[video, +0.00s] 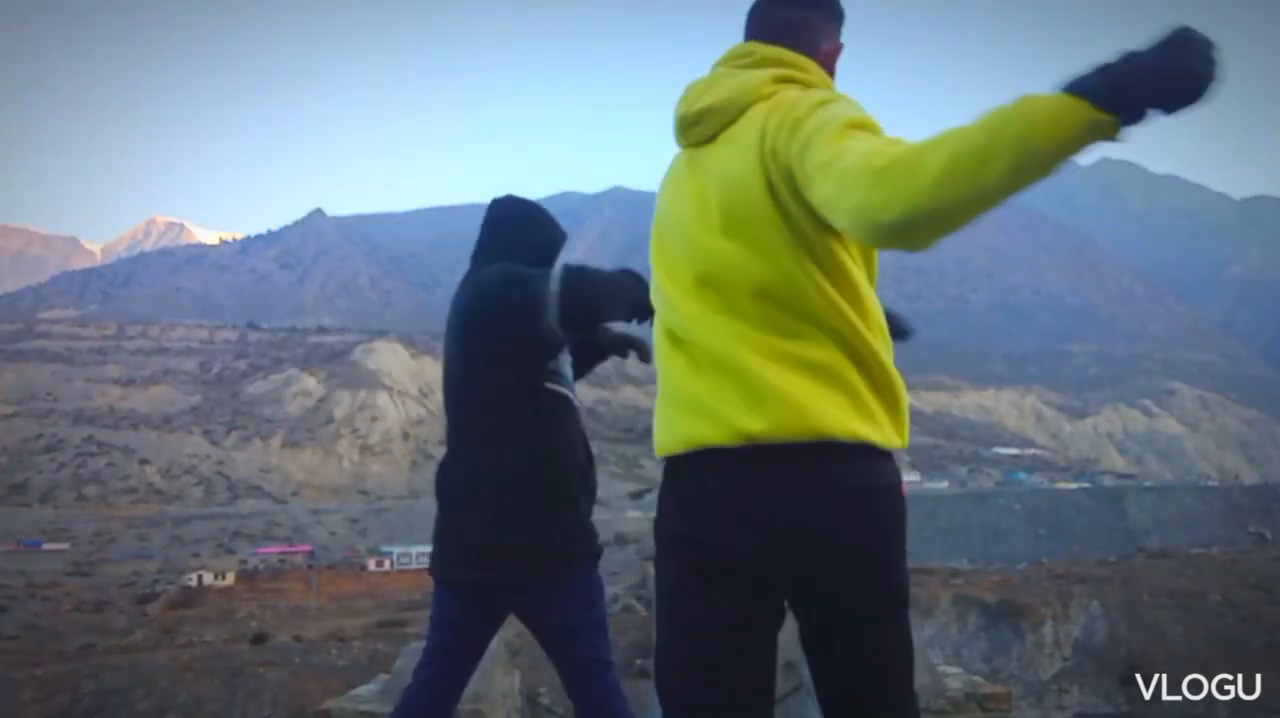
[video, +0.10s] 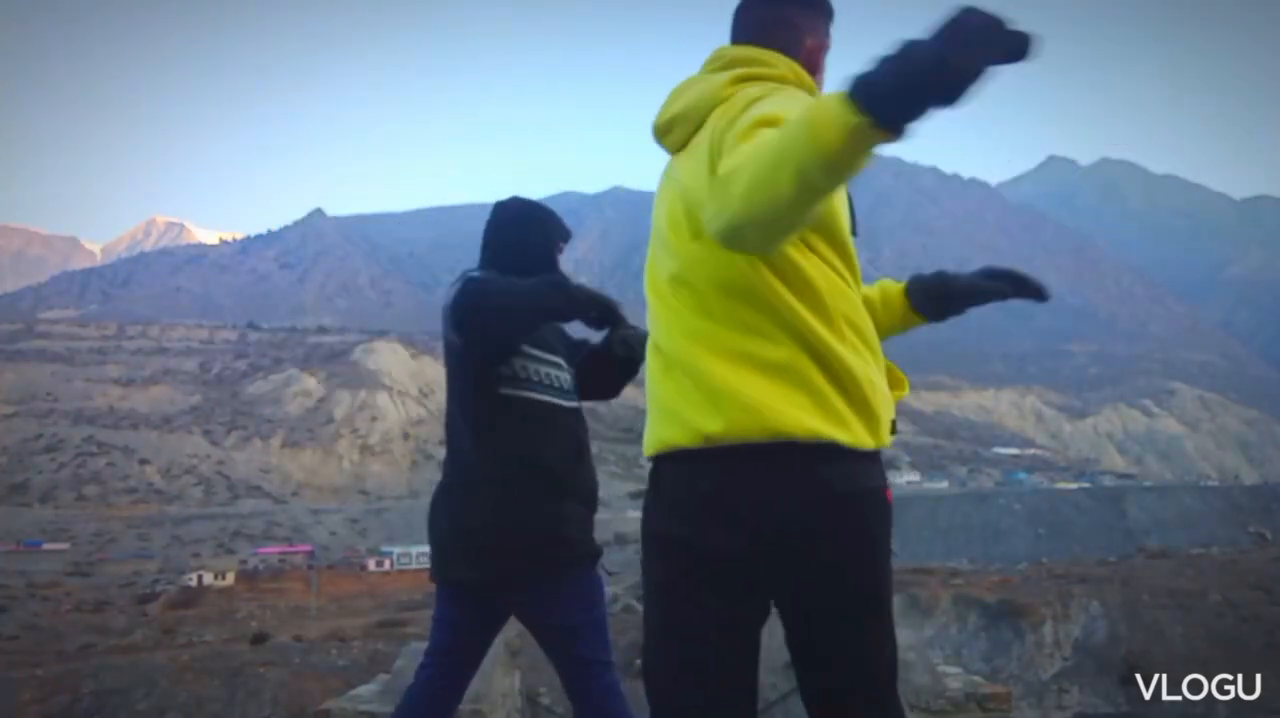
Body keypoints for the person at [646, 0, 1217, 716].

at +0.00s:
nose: (837, 60)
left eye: (835, 48)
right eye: (837, 48)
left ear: (751, 44)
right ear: (821, 47)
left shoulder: (687, 160)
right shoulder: (805, 115)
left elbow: (705, 306)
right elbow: (881, 198)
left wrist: (851, 319)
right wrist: (1100, 100)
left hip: (705, 478)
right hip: (834, 469)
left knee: (705, 697)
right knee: (869, 698)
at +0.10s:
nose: (823, 60)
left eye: (823, 45)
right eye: (824, 45)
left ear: (737, 41)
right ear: (811, 45)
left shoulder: (692, 149)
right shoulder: (770, 104)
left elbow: (796, 323)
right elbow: (740, 208)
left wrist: (926, 297)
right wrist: (887, 95)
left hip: (697, 467)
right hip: (814, 461)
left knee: (696, 699)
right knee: (857, 700)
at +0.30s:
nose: (795, 45)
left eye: (791, 33)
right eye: (794, 33)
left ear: (702, 37)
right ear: (787, 40)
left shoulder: (665, 150)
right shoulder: (761, 93)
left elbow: (738, 306)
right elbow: (731, 202)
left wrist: (870, 292)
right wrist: (870, 74)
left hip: (678, 475)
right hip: (802, 465)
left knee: (693, 703)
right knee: (847, 701)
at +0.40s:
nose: (789, 40)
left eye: (783, 31)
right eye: (786, 32)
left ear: (690, 35)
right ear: (773, 32)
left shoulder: (647, 150)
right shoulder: (765, 96)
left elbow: (683, 299)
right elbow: (844, 185)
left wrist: (833, 322)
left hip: (674, 482)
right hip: (805, 473)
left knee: (691, 701)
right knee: (847, 699)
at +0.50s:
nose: (785, 40)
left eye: (775, 35)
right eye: (782, 33)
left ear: (681, 40)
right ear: (769, 34)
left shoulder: (623, 166)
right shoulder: (809, 109)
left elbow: (564, 314)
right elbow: (990, 186)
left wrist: (646, 302)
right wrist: (1209, 149)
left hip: (679, 489)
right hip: (817, 480)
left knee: (692, 699)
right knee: (846, 697)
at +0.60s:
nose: (674, 41)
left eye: (674, 29)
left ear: (680, 30)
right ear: (771, 24)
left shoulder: (627, 145)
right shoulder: (854, 120)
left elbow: (476, 270)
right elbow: (1026, 208)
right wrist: (1123, 218)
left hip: (694, 488)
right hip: (836, 485)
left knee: (692, 699)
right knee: (846, 691)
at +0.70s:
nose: (673, 35)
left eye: (676, 21)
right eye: (675, 21)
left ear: (695, 16)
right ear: (772, 18)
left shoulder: (679, 115)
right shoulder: (874, 140)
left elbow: (529, 193)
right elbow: (971, 263)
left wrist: (366, 225)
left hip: (724, 460)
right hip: (847, 461)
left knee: (705, 693)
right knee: (840, 685)